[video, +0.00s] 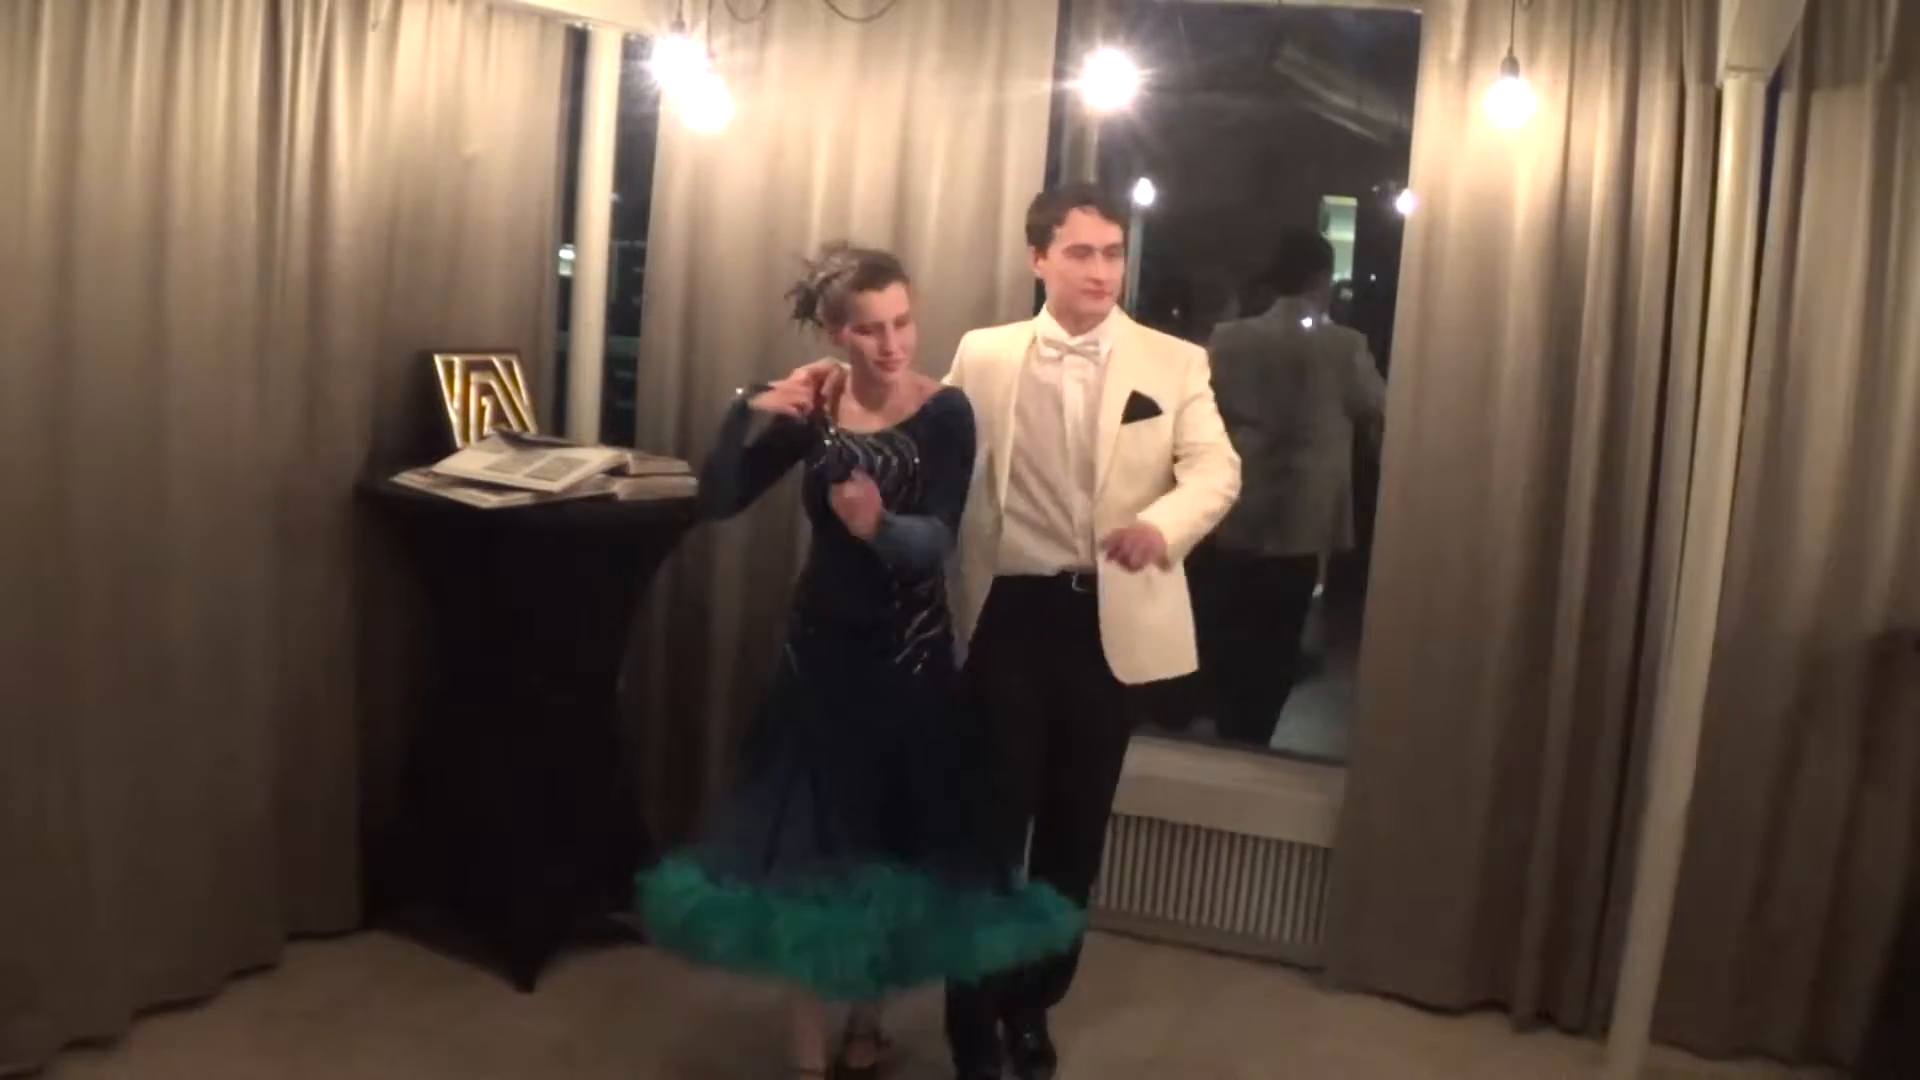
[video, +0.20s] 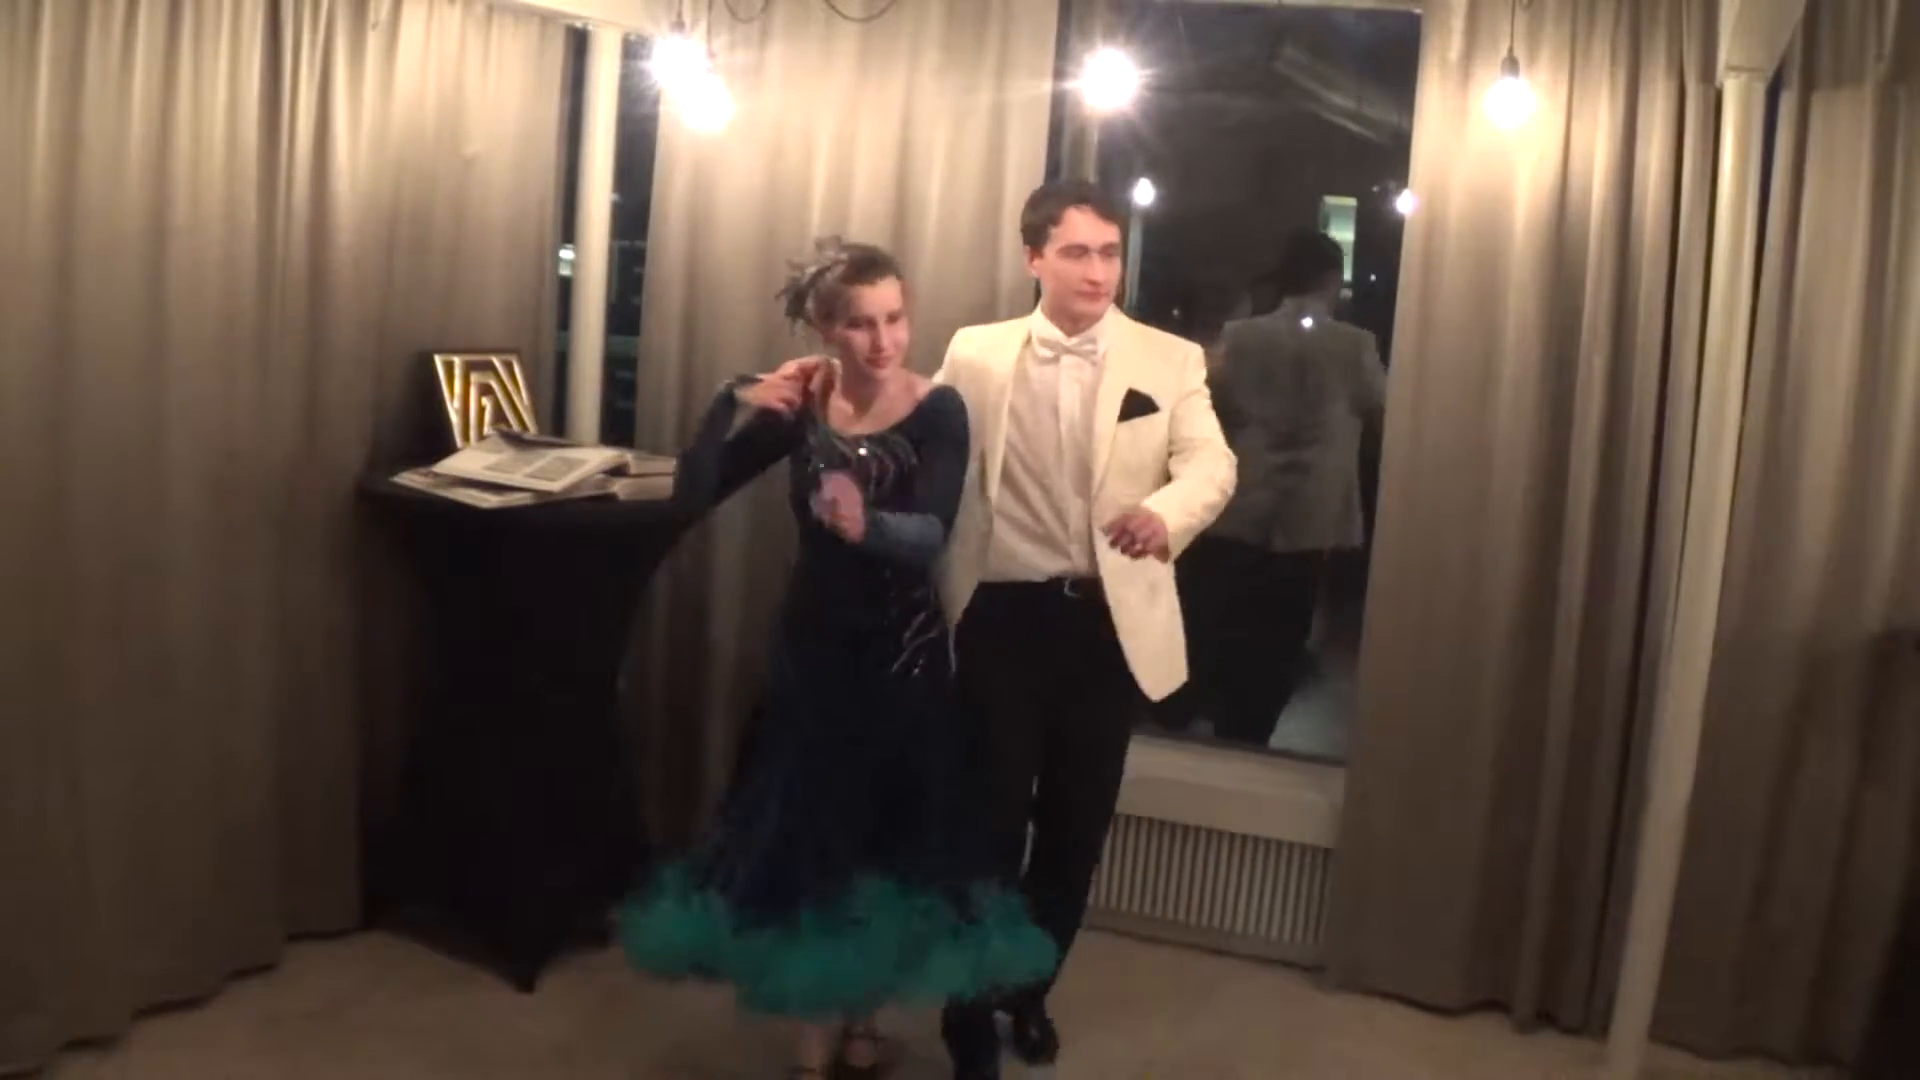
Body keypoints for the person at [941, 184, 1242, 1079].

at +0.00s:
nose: (1098, 269)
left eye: (1112, 253)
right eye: (1079, 252)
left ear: (1126, 263)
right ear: (1039, 261)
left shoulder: (1174, 363)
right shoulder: (981, 355)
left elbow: (1215, 470)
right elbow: (933, 473)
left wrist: (1160, 524)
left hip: (1112, 620)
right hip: (1003, 613)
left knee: (1074, 827)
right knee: (988, 820)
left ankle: (1031, 1008)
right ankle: (974, 1027)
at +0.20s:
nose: (1095, 269)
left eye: (1109, 253)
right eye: (1076, 252)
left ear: (1123, 262)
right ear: (1034, 259)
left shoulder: (1170, 362)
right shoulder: (973, 354)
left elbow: (1210, 466)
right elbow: (922, 467)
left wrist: (1165, 512)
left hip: (1112, 620)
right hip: (997, 613)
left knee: (1076, 825)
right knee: (988, 811)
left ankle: (1029, 992)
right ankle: (970, 1007)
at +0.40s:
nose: (1098, 290)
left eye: (1110, 274)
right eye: (1078, 272)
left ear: (1123, 284)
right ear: (1032, 278)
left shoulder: (1166, 396)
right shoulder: (963, 377)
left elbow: (1185, 540)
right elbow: (917, 513)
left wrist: (1152, 651)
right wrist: (914, 647)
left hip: (1095, 655)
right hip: (985, 644)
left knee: (1089, 852)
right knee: (984, 847)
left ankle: (1049, 982)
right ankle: (986, 1024)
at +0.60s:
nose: (1108, 275)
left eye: (1117, 260)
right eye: (1089, 256)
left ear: (1125, 272)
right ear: (1033, 262)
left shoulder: (1157, 379)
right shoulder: (954, 353)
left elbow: (1215, 516)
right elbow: (867, 425)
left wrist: (1200, 642)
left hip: (1101, 649)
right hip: (979, 639)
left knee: (1098, 867)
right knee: (985, 852)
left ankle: (1059, 1037)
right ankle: (986, 1034)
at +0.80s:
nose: (1118, 251)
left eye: (1126, 235)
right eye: (1099, 231)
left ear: (1132, 247)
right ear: (1039, 237)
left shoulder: (1166, 353)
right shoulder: (956, 338)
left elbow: (1234, 502)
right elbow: (877, 439)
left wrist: (1240, 638)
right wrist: (791, 408)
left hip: (1106, 623)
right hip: (987, 614)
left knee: (1070, 855)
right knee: (986, 815)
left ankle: (1021, 1059)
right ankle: (989, 978)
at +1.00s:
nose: (1127, 263)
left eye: (1133, 248)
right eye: (1108, 243)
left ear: (1135, 262)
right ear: (1043, 248)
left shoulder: (1162, 376)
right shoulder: (956, 348)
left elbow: (1214, 504)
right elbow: (869, 428)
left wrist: (1185, 602)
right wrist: (789, 401)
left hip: (1093, 655)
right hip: (972, 644)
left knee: (1061, 872)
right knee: (964, 861)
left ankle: (1034, 1049)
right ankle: (943, 1047)